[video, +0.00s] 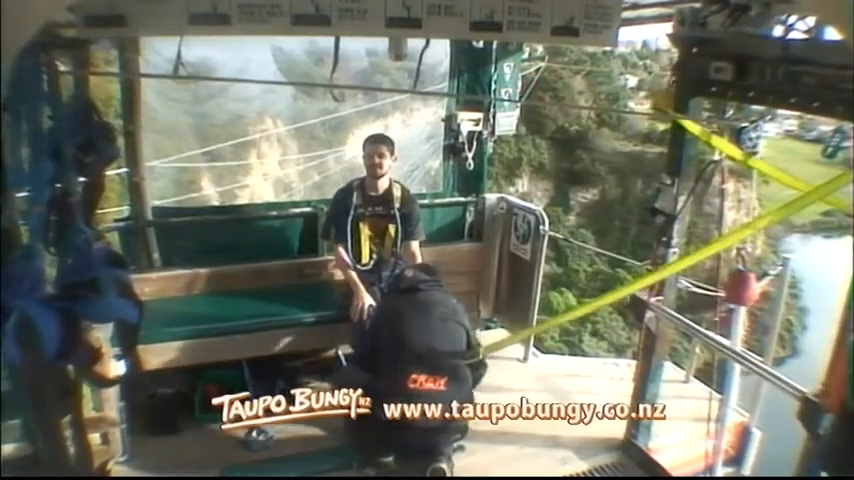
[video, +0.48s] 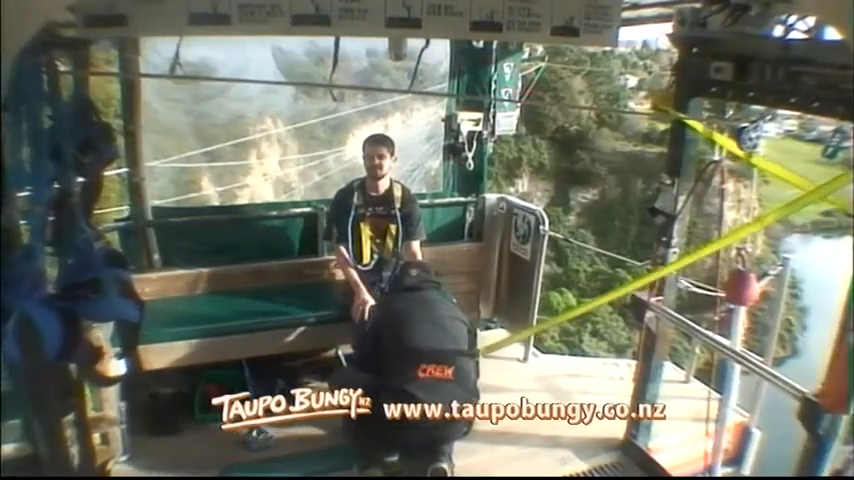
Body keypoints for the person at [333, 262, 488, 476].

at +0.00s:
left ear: (403, 282)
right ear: (437, 283)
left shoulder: (386, 306)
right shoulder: (453, 306)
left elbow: (366, 359)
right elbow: (476, 362)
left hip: (394, 418)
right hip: (446, 419)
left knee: (345, 377)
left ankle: (377, 453)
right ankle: (442, 455)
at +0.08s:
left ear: (397, 286)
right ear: (436, 283)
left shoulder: (386, 307)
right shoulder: (452, 305)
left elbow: (366, 360)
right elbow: (467, 352)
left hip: (395, 424)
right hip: (449, 424)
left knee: (345, 377)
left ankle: (376, 454)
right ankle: (441, 456)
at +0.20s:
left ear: (395, 288)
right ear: (434, 285)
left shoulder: (388, 305)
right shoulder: (449, 305)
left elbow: (365, 360)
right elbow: (465, 352)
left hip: (400, 416)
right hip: (453, 416)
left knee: (346, 379)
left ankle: (378, 456)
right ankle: (441, 457)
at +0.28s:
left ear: (395, 284)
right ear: (431, 283)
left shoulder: (386, 307)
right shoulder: (449, 306)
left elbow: (364, 362)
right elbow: (464, 353)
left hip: (400, 420)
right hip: (454, 419)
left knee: (342, 380)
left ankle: (376, 455)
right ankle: (443, 456)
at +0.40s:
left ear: (394, 283)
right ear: (431, 282)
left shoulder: (383, 309)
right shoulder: (453, 312)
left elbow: (365, 364)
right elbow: (467, 362)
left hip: (399, 418)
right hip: (453, 418)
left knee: (342, 380)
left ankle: (377, 454)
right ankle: (442, 456)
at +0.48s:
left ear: (396, 284)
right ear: (434, 284)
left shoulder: (384, 308)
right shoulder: (458, 314)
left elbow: (364, 363)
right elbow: (473, 373)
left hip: (398, 417)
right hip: (454, 419)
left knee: (342, 381)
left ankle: (377, 454)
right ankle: (442, 455)